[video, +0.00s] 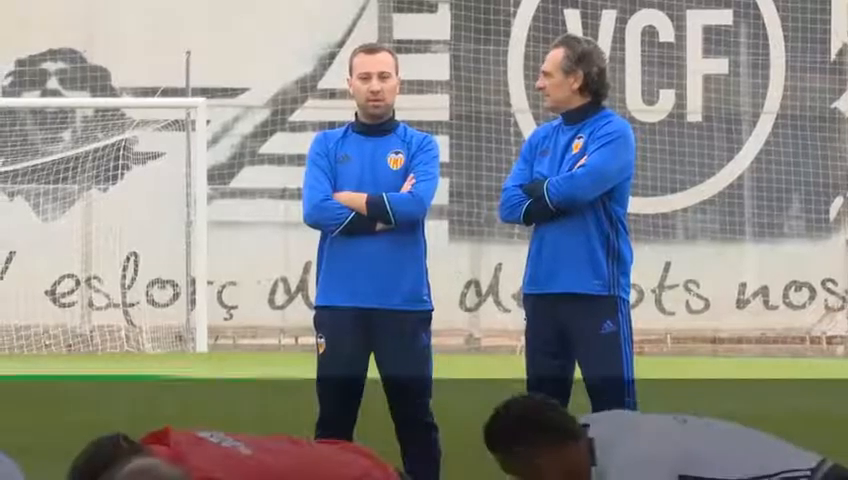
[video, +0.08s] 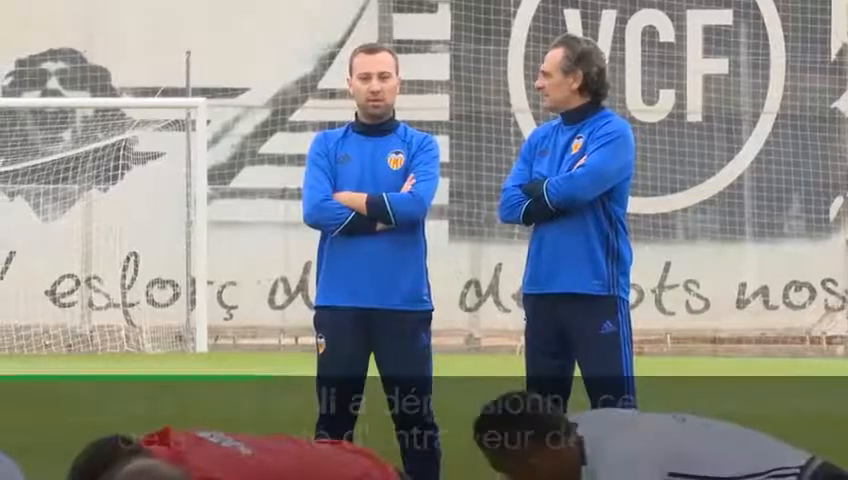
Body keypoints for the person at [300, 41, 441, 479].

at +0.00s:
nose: (375, 87)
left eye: (384, 77)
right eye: (365, 78)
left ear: (398, 84)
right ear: (350, 85)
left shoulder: (420, 144)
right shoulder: (327, 143)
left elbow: (415, 207)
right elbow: (315, 211)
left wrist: (343, 197)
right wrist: (388, 213)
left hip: (404, 303)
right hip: (340, 303)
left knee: (415, 421)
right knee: (334, 422)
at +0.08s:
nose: (375, 87)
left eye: (384, 77)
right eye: (365, 78)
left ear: (398, 84)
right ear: (350, 85)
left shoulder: (420, 144)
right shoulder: (327, 143)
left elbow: (415, 206)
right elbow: (315, 211)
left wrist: (344, 197)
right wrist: (388, 213)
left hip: (404, 303)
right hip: (339, 303)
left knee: (415, 420)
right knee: (333, 421)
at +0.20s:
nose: (374, 87)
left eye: (384, 77)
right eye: (364, 78)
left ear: (398, 84)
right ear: (350, 85)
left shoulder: (420, 144)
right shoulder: (326, 143)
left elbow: (415, 207)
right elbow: (314, 211)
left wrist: (344, 197)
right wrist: (387, 214)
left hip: (404, 303)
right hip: (339, 303)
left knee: (414, 417)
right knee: (333, 419)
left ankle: (424, 479)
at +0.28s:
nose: (376, 87)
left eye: (385, 77)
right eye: (366, 78)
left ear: (398, 84)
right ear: (350, 86)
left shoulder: (420, 144)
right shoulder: (327, 143)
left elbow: (415, 207)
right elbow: (314, 211)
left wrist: (344, 198)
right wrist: (387, 215)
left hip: (404, 303)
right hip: (339, 303)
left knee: (414, 416)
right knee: (333, 418)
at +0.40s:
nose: (376, 87)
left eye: (385, 77)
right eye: (366, 78)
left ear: (399, 84)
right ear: (350, 85)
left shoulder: (421, 144)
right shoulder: (327, 143)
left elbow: (416, 207)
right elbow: (315, 212)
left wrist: (344, 197)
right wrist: (388, 213)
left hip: (404, 303)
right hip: (340, 303)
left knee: (414, 416)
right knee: (334, 418)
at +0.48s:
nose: (378, 87)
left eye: (387, 77)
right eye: (368, 78)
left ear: (400, 84)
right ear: (352, 85)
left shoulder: (422, 144)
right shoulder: (328, 144)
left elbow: (417, 207)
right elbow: (316, 212)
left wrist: (346, 198)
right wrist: (388, 215)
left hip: (406, 303)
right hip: (341, 303)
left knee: (416, 416)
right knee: (336, 417)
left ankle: (425, 479)